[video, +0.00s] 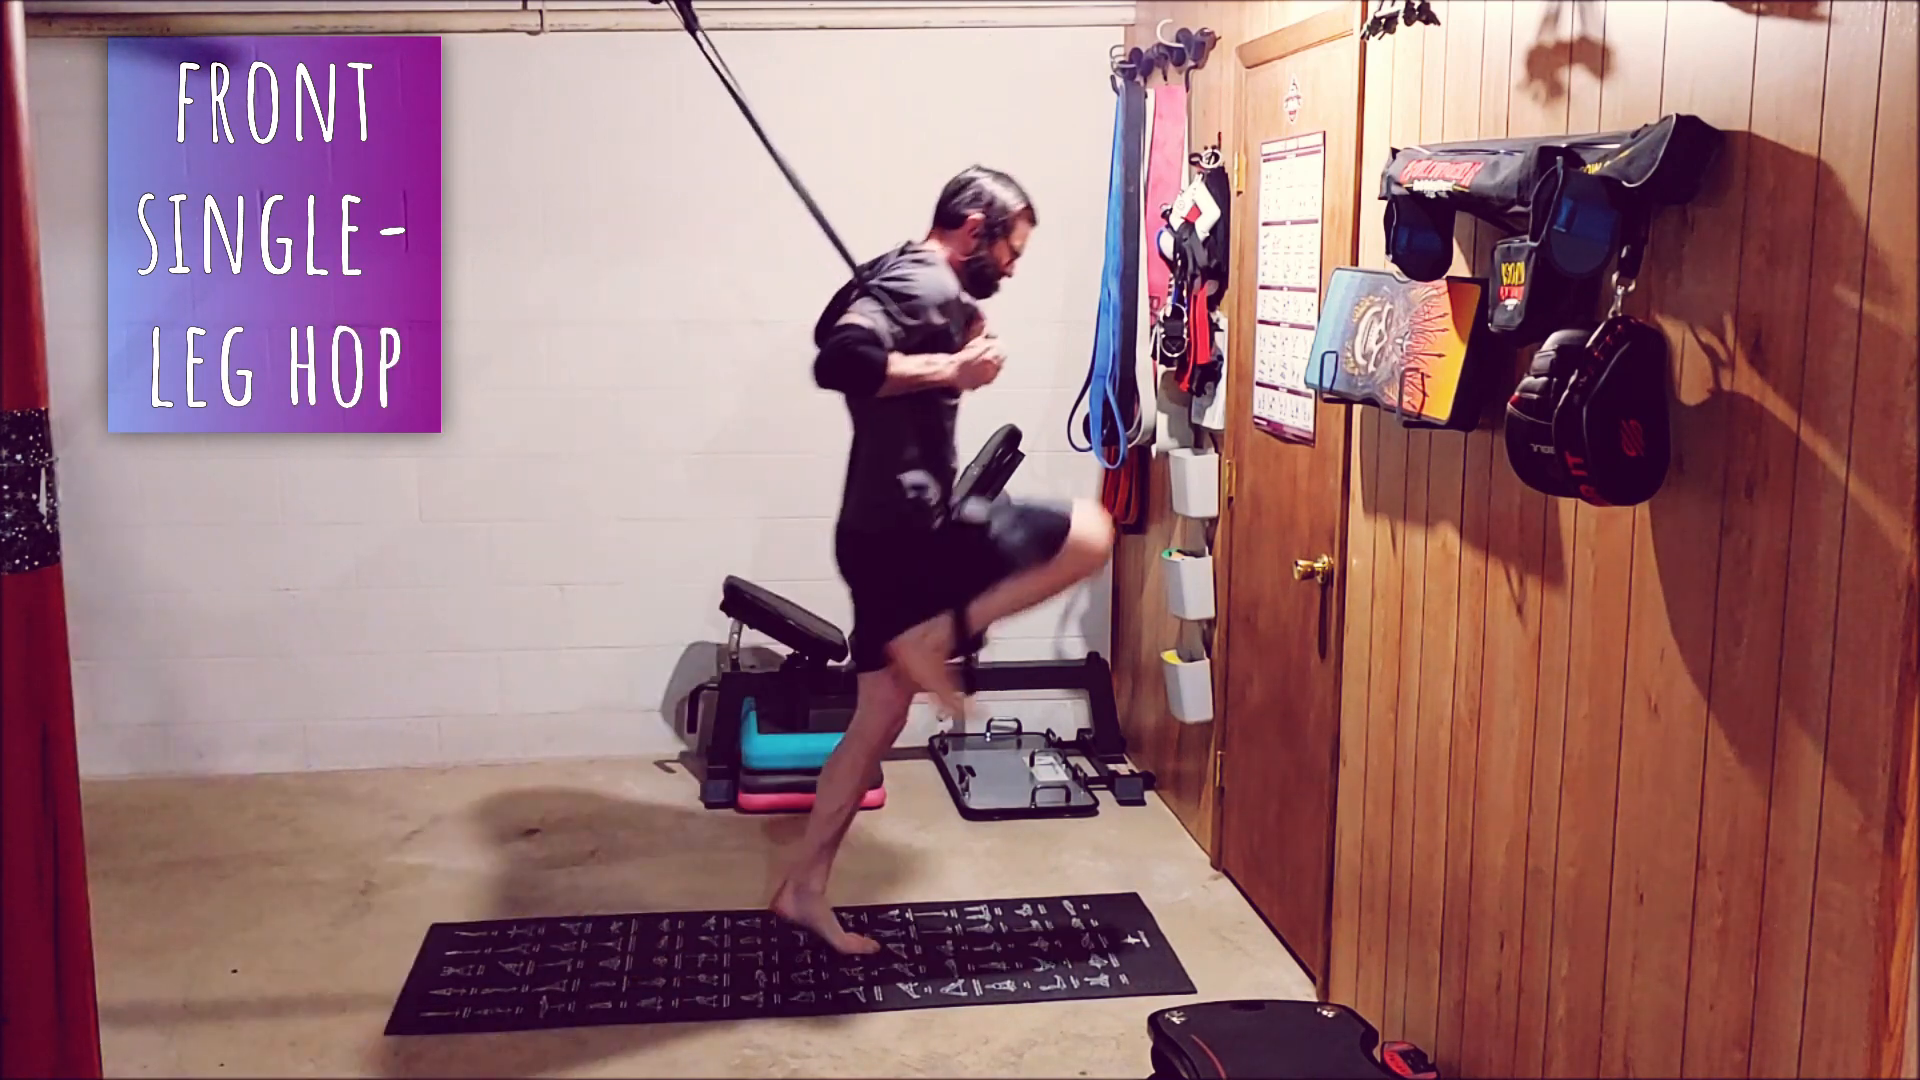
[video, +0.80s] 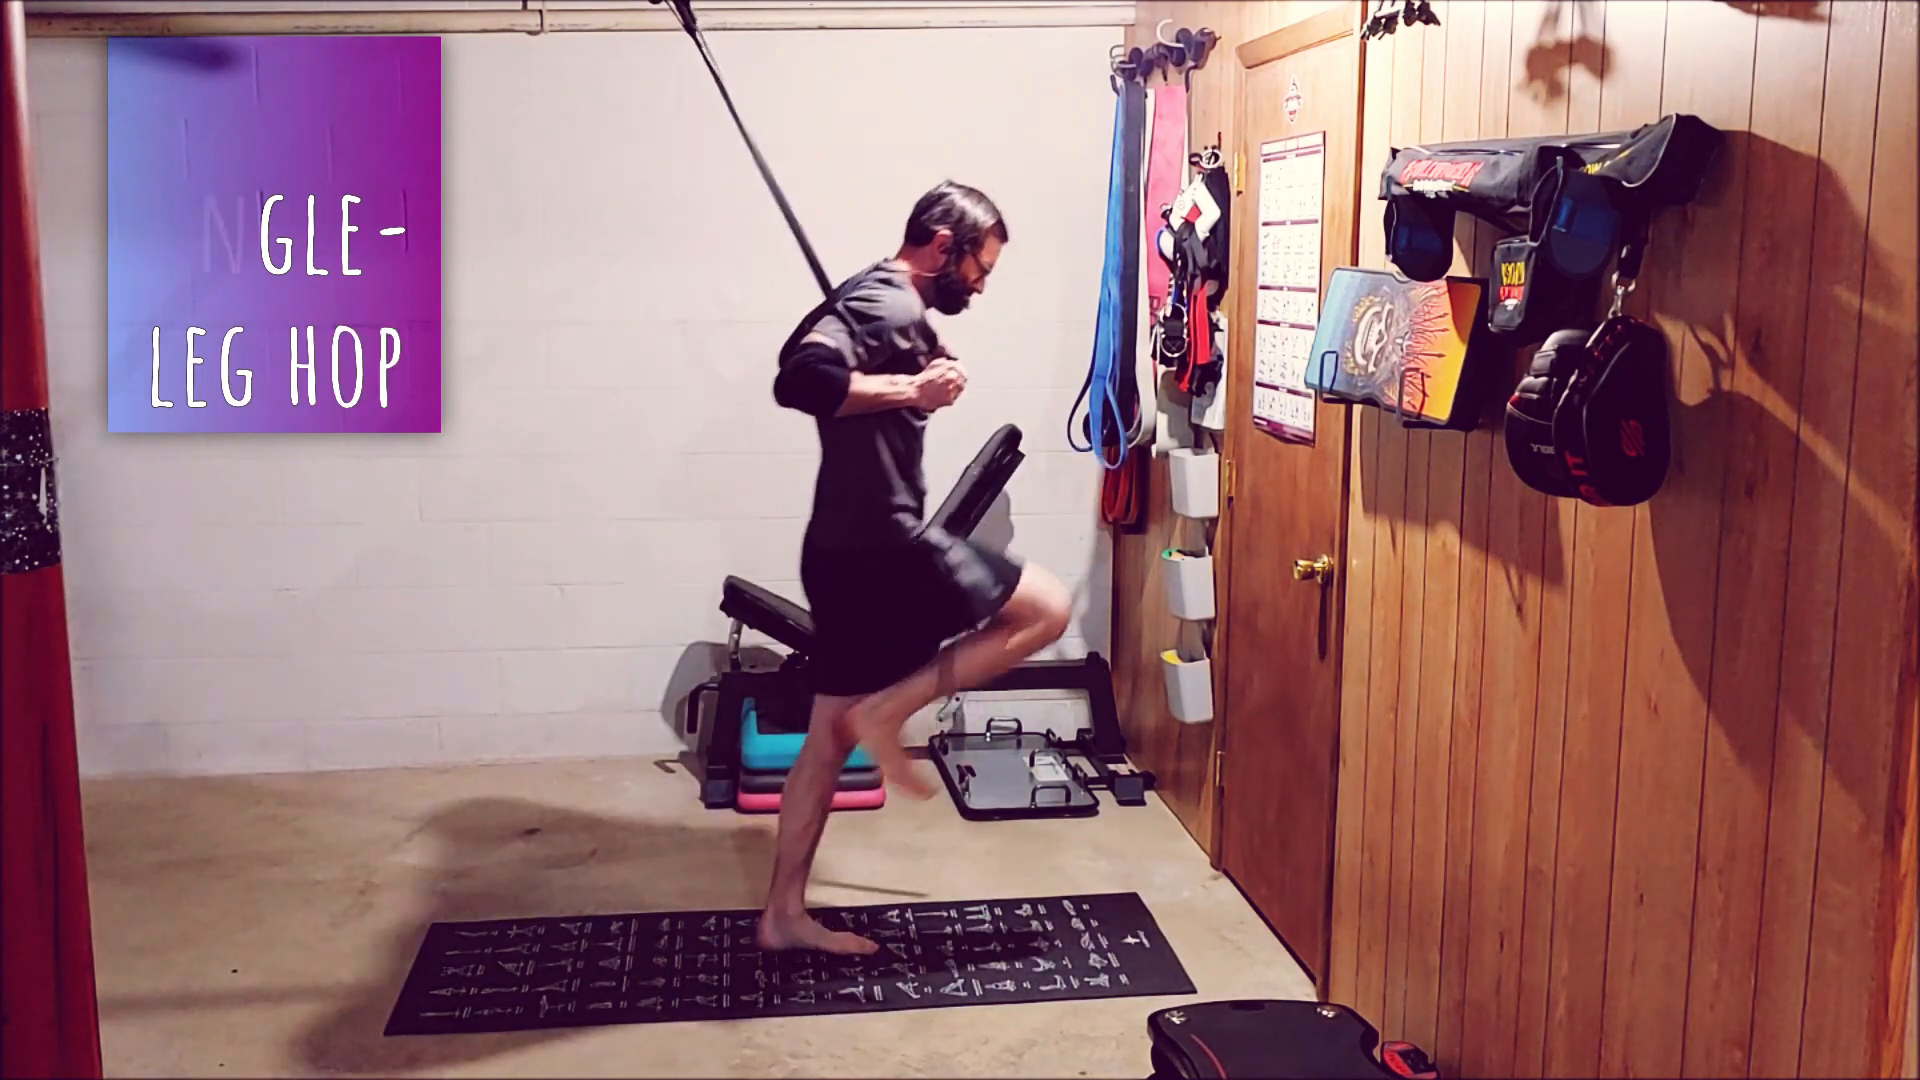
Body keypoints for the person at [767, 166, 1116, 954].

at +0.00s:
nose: (1010, 271)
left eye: (1016, 257)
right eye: (1010, 253)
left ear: (960, 226)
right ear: (972, 228)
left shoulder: (905, 274)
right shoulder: (926, 281)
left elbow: (836, 348)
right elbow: (843, 356)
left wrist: (951, 349)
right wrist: (952, 371)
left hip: (878, 523)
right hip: (913, 520)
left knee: (879, 715)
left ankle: (803, 890)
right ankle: (944, 636)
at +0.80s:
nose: (980, 287)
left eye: (986, 274)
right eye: (980, 269)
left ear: (932, 246)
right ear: (939, 245)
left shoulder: (888, 296)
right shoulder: (886, 297)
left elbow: (816, 378)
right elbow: (801, 376)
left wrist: (920, 379)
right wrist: (909, 391)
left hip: (849, 541)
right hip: (879, 538)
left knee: (832, 731)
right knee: (1045, 609)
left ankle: (784, 915)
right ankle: (883, 716)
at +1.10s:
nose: (910, 282)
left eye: (915, 267)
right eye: (907, 264)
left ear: (860, 249)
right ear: (862, 246)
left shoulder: (825, 316)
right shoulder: (806, 311)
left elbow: (780, 408)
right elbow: (716, 400)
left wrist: (847, 402)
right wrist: (832, 427)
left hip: (798, 559)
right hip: (793, 562)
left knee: (793, 741)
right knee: (840, 745)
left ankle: (780, 921)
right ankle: (665, 845)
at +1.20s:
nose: (885, 282)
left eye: (890, 266)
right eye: (882, 264)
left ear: (835, 248)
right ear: (837, 246)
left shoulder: (798, 320)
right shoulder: (777, 317)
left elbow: (747, 413)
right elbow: (689, 406)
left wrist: (814, 410)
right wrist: (802, 435)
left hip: (785, 564)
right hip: (759, 566)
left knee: (778, 744)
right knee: (761, 753)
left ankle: (780, 916)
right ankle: (611, 889)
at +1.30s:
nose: (859, 285)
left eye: (863, 269)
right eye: (855, 266)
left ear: (809, 251)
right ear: (809, 249)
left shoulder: (774, 326)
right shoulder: (745, 322)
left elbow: (720, 415)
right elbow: (657, 414)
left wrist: (786, 416)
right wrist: (772, 442)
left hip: (764, 571)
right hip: (722, 573)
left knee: (771, 742)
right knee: (704, 756)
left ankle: (779, 919)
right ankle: (577, 909)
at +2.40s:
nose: (906, 306)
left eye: (910, 291)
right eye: (903, 289)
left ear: (855, 279)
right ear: (857, 278)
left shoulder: (811, 348)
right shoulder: (790, 338)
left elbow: (724, 417)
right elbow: (688, 406)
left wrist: (802, 438)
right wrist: (791, 446)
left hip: (757, 582)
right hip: (716, 581)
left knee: (776, 743)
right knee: (687, 752)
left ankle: (703, 915)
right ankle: (568, 917)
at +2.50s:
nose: (940, 303)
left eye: (944, 289)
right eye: (936, 287)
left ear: (891, 277)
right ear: (891, 275)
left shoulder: (847, 343)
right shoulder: (825, 334)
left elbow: (758, 405)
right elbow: (725, 398)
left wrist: (838, 426)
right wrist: (822, 437)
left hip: (786, 572)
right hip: (755, 571)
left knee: (781, 748)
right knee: (761, 758)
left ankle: (703, 915)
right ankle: (606, 889)